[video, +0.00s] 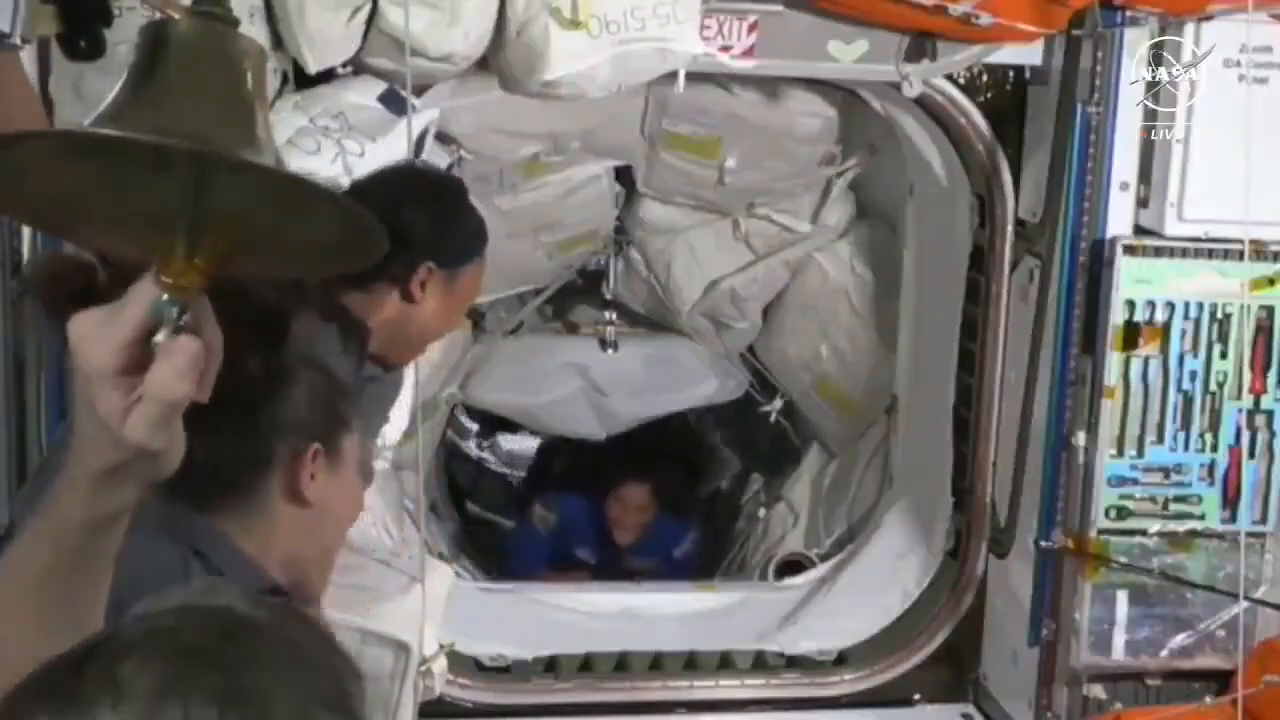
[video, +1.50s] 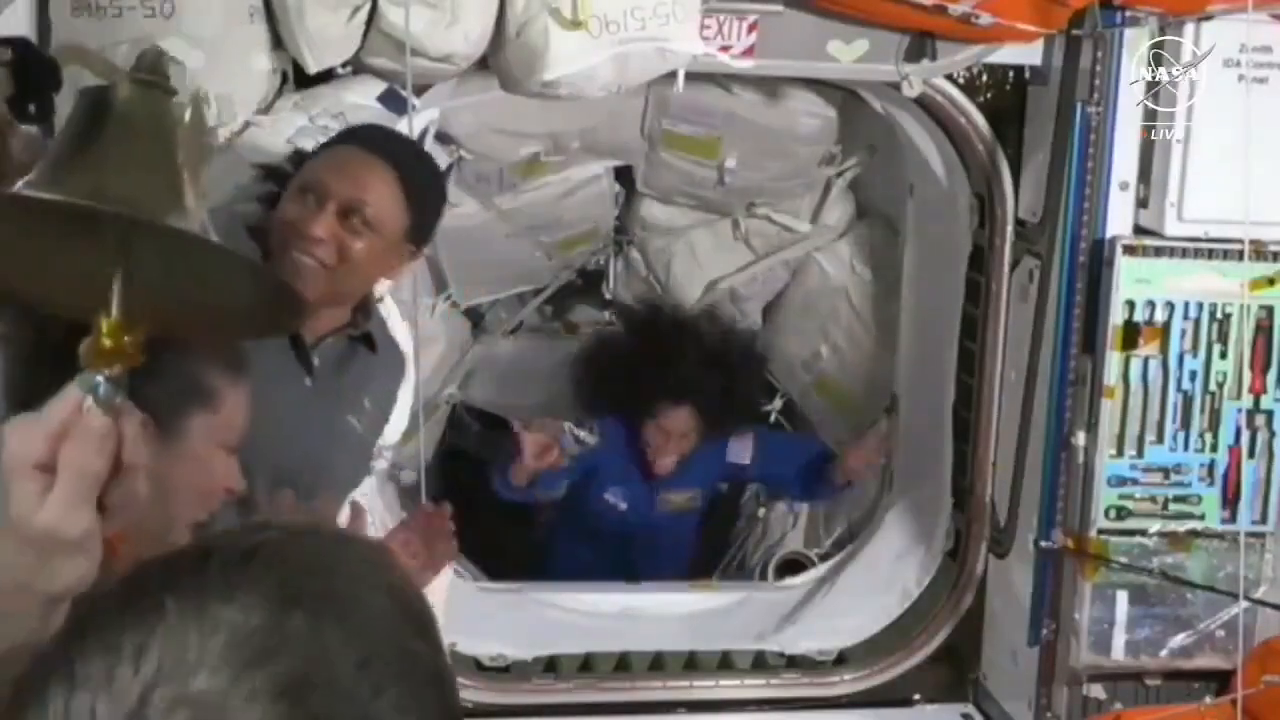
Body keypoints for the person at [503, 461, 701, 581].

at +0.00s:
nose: (627, 517)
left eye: (640, 510)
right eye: (620, 504)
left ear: (655, 513)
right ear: (606, 501)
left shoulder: (679, 540)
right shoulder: (560, 516)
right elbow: (520, 570)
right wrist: (560, 583)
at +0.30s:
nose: (641, 499)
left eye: (654, 489)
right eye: (633, 486)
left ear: (671, 493)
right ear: (618, 485)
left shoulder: (692, 526)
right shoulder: (579, 508)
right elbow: (501, 559)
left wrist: (641, 537)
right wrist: (540, 556)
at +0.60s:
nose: (648, 483)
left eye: (661, 472)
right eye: (639, 469)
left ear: (679, 473)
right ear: (622, 466)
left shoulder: (703, 506)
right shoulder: (583, 489)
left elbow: (699, 573)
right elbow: (502, 543)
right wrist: (538, 553)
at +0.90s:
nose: (661, 468)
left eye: (675, 457)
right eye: (650, 453)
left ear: (692, 456)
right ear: (631, 446)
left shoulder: (708, 483)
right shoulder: (592, 468)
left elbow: (733, 582)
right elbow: (517, 521)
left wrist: (729, 550)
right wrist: (549, 559)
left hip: (665, 609)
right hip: (584, 605)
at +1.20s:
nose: (665, 473)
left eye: (677, 456)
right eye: (651, 458)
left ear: (699, 445)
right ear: (628, 448)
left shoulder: (714, 457)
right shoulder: (605, 456)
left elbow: (761, 464)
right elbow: (558, 460)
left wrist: (788, 486)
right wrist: (520, 473)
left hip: (666, 578)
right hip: (593, 573)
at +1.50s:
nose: (666, 457)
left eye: (685, 444)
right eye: (658, 436)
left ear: (706, 435)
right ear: (636, 418)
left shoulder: (719, 453)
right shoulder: (595, 443)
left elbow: (788, 465)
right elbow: (529, 495)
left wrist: (838, 468)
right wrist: (528, 471)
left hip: (667, 610)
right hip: (579, 603)